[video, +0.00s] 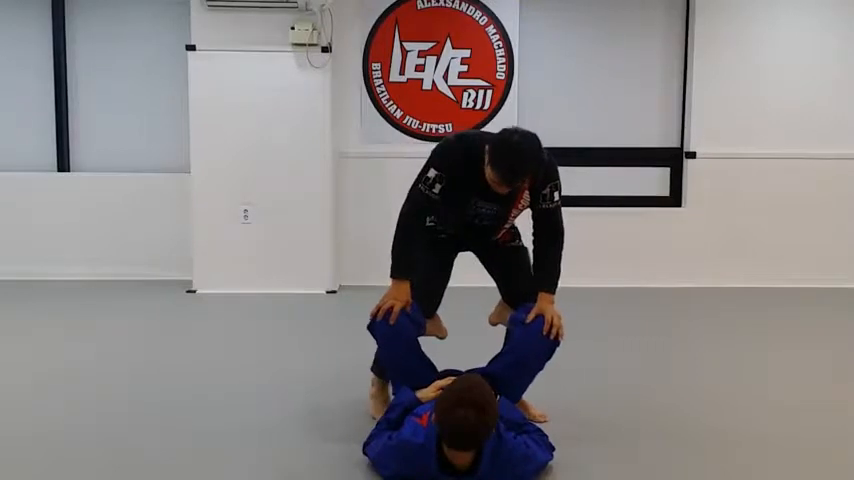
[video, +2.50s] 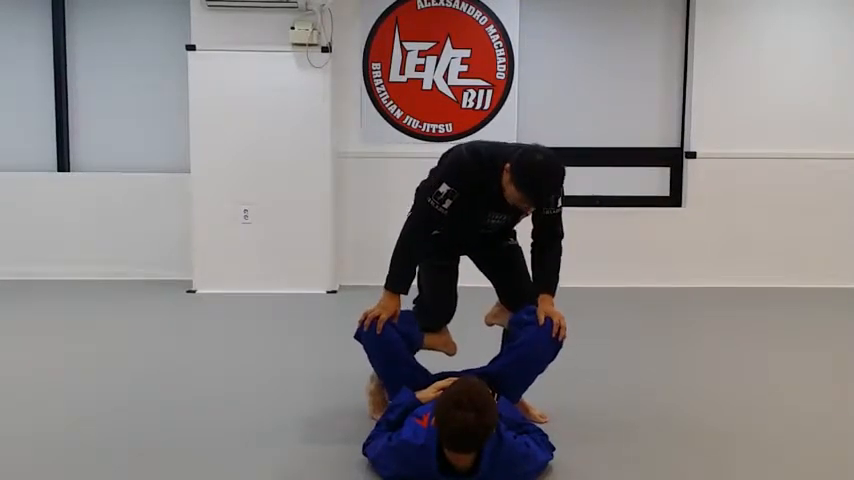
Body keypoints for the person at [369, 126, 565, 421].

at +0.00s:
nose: (501, 189)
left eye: (510, 187)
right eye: (496, 182)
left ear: (528, 174)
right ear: (487, 159)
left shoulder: (542, 170)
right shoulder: (454, 152)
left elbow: (550, 231)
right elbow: (411, 213)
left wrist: (546, 296)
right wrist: (399, 280)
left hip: (497, 233)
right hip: (441, 231)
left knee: (529, 306)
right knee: (418, 309)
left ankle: (509, 393)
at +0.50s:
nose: (510, 197)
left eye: (518, 194)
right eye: (506, 189)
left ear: (536, 182)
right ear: (496, 163)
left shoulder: (547, 175)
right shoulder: (459, 156)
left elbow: (553, 235)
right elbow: (413, 217)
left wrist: (551, 302)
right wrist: (396, 286)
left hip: (497, 236)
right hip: (440, 233)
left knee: (529, 310)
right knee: (413, 311)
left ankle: (509, 394)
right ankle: (387, 381)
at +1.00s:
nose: (501, 203)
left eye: (509, 202)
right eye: (496, 197)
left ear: (528, 187)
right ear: (488, 170)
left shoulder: (543, 174)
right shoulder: (455, 157)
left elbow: (551, 235)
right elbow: (408, 218)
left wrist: (550, 300)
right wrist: (387, 288)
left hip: (496, 233)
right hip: (439, 230)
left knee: (529, 308)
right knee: (414, 308)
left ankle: (509, 393)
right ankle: (382, 377)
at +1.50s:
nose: (498, 211)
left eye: (506, 208)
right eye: (494, 202)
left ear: (527, 196)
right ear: (487, 174)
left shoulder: (538, 188)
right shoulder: (455, 157)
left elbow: (508, 243)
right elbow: (409, 218)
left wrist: (463, 283)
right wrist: (388, 289)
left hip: (494, 235)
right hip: (440, 228)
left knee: (525, 309)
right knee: (412, 306)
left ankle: (508, 391)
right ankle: (386, 379)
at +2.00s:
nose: (502, 204)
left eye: (511, 202)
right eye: (499, 197)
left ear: (531, 188)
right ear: (490, 172)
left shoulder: (542, 177)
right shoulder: (455, 159)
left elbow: (548, 233)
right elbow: (408, 222)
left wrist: (546, 293)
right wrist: (387, 292)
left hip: (493, 230)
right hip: (439, 228)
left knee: (524, 301)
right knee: (420, 306)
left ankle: (508, 390)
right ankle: (382, 375)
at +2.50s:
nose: (527, 209)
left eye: (534, 204)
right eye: (523, 200)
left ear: (548, 191)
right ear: (508, 175)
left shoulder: (547, 181)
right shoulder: (465, 163)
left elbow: (548, 238)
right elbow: (417, 226)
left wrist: (546, 298)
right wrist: (392, 295)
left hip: (493, 233)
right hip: (442, 231)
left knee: (526, 305)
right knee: (437, 313)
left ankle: (508, 392)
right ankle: (384, 373)